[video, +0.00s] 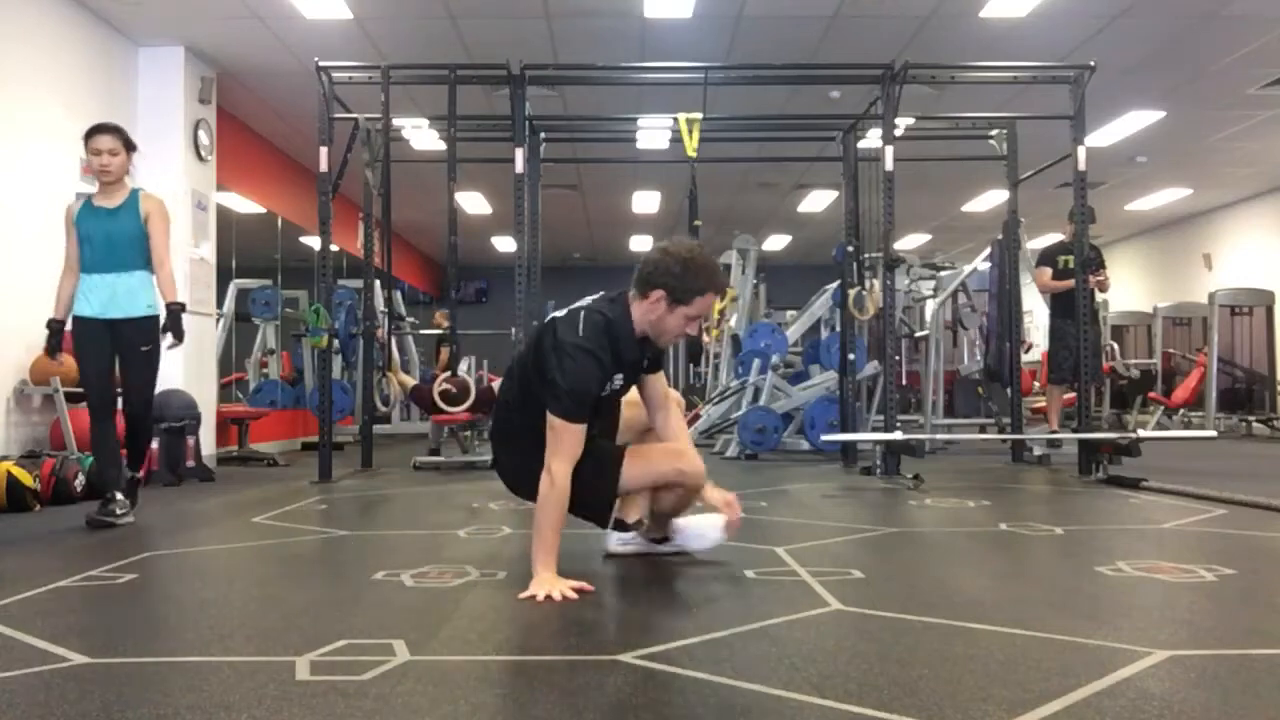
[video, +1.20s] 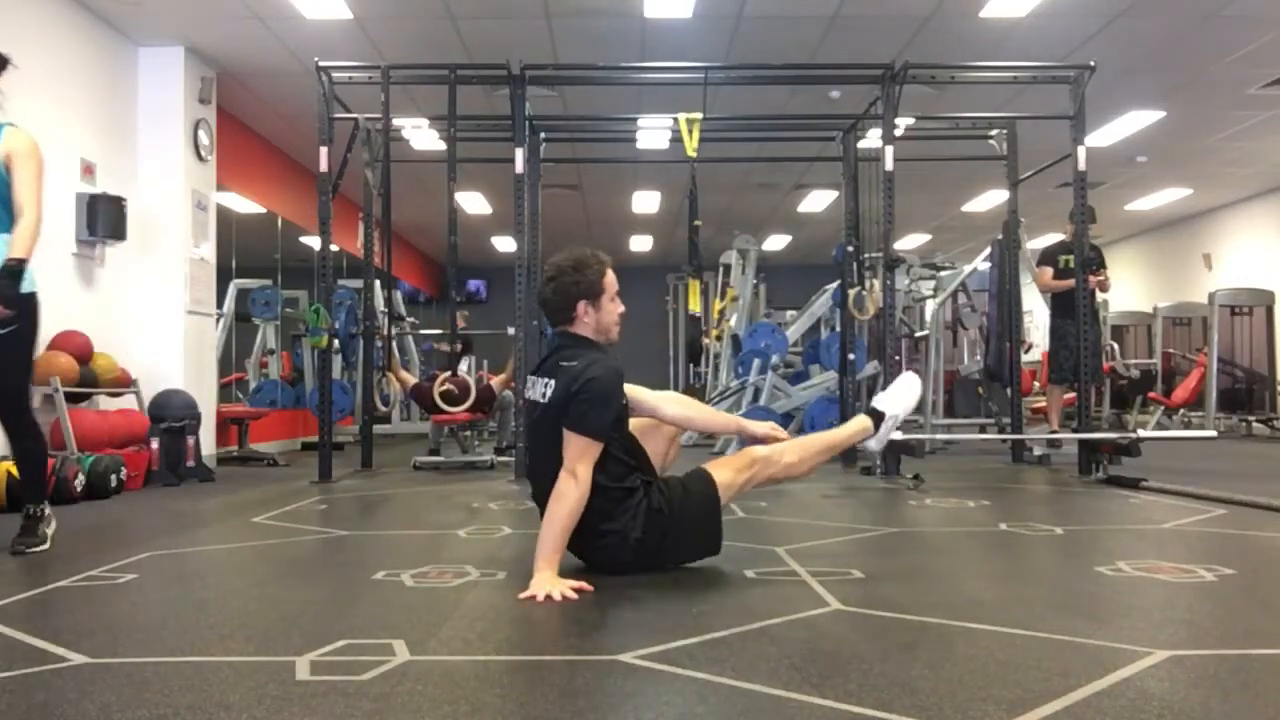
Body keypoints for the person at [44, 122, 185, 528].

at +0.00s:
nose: (104, 160)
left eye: (113, 153)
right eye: (96, 153)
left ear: (129, 157)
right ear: (87, 159)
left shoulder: (149, 204)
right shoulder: (77, 211)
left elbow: (162, 263)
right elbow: (71, 271)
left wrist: (174, 308)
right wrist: (57, 324)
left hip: (139, 318)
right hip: (90, 320)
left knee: (137, 409)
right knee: (100, 407)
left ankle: (132, 478)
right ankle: (114, 496)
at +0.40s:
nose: (78, 144)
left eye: (87, 136)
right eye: (69, 136)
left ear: (104, 139)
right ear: (59, 141)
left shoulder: (125, 190)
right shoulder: (46, 194)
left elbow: (145, 251)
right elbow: (24, 248)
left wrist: (167, 305)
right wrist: (4, 288)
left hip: (114, 307)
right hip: (66, 310)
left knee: (93, 398)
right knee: (88, 402)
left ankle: (91, 502)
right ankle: (113, 498)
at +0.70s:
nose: (40, 122)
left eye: (50, 113)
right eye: (30, 114)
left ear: (69, 117)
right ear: (20, 118)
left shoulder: (91, 175)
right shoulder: (11, 179)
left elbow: (108, 246)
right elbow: (1, 238)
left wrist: (128, 302)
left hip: (79, 300)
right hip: (24, 303)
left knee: (71, 408)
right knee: (20, 410)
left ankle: (48, 512)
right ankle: (76, 473)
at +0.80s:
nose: (20, 114)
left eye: (30, 104)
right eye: (11, 106)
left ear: (55, 107)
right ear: (4, 110)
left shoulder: (78, 164)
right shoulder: (8, 167)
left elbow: (95, 233)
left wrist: (104, 292)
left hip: (66, 298)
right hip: (11, 300)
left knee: (61, 405)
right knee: (1, 401)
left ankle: (47, 510)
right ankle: (38, 478)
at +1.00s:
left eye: (2, 92)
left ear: (26, 95)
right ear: (0, 97)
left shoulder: (54, 152)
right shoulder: (2, 151)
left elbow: (72, 223)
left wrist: (50, 282)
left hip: (44, 293)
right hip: (0, 295)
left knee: (45, 402)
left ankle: (43, 513)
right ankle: (40, 510)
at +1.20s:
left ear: (2, 82)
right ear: (2, 83)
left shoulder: (16, 141)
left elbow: (29, 220)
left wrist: (9, 277)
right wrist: (11, 278)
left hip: (10, 293)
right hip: (5, 290)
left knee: (13, 407)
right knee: (12, 408)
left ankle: (36, 508)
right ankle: (35, 506)